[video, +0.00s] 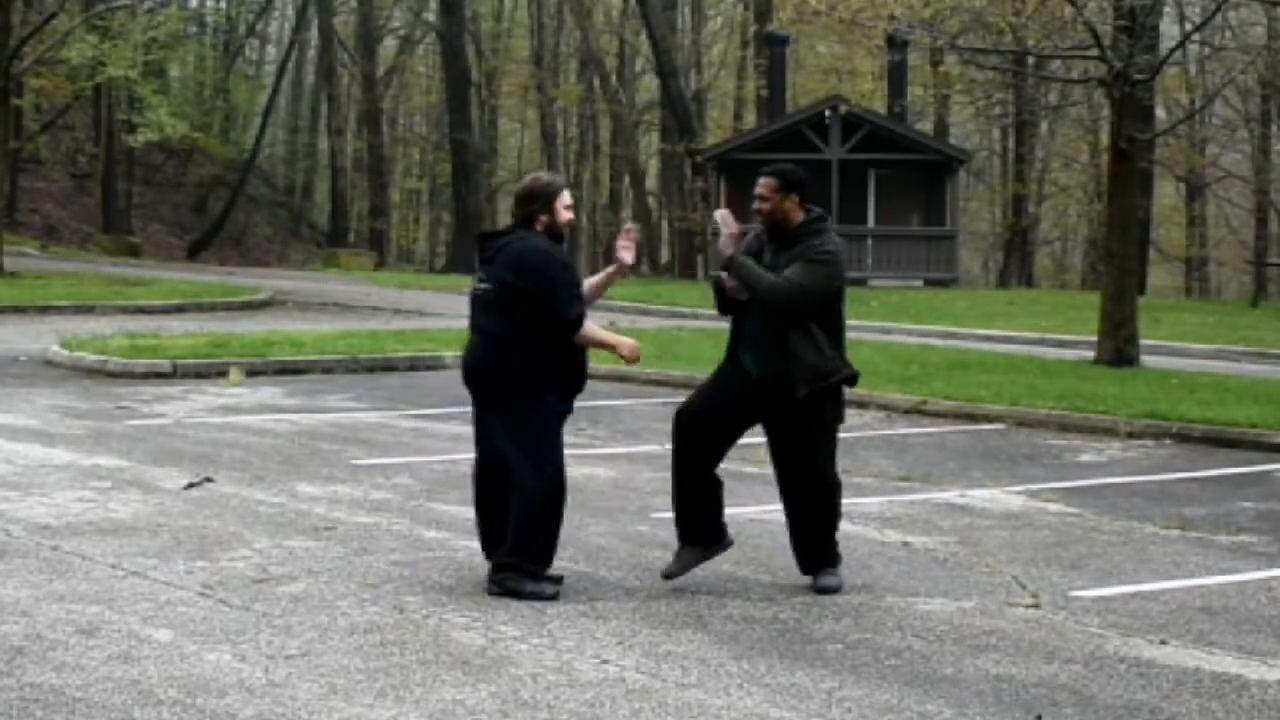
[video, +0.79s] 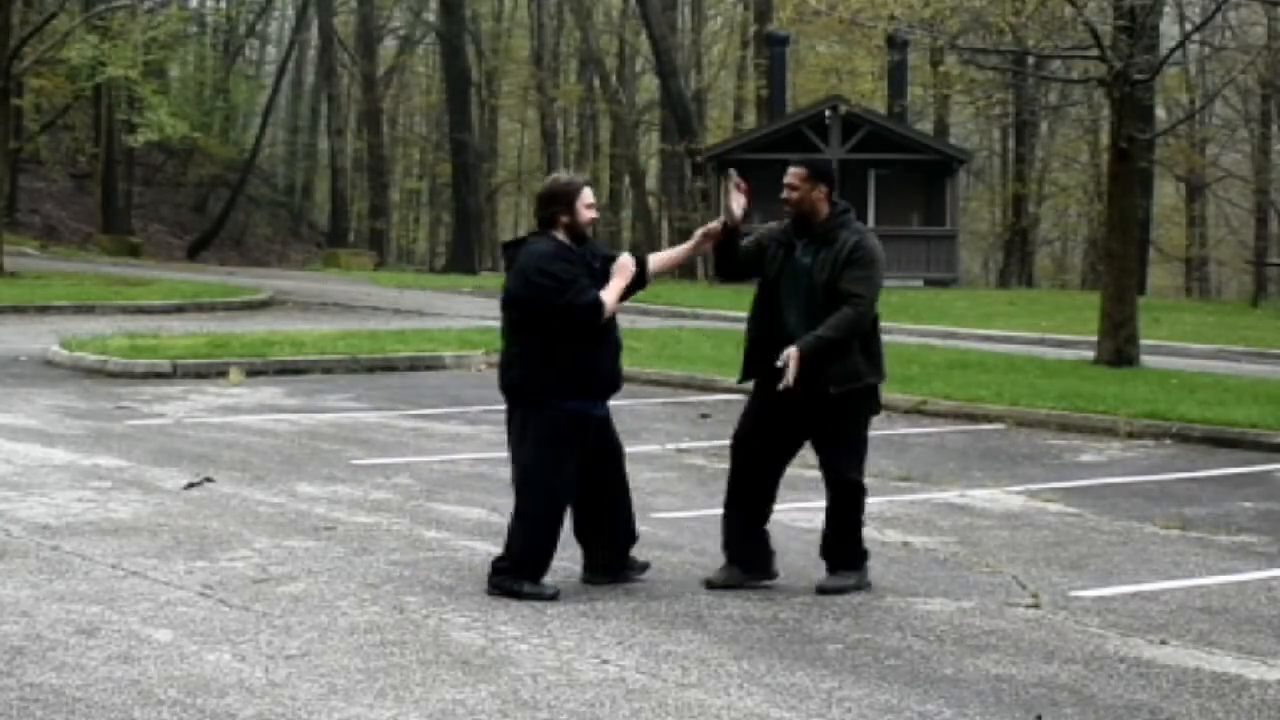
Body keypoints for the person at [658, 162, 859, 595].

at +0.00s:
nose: (757, 207)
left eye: (765, 200)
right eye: (756, 199)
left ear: (793, 202)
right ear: (760, 202)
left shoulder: (823, 251)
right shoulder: (758, 241)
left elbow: (782, 293)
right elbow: (732, 306)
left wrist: (733, 258)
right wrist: (727, 285)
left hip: (806, 384)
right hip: (748, 376)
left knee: (809, 477)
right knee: (692, 426)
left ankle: (823, 564)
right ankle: (702, 536)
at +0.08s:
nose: (758, 206)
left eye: (766, 199)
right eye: (757, 197)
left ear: (794, 201)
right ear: (770, 201)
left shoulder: (820, 250)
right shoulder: (762, 242)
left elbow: (765, 286)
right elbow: (722, 287)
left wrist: (702, 266)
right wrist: (733, 251)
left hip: (805, 383)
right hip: (749, 375)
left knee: (807, 474)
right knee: (692, 428)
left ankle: (823, 564)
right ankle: (687, 538)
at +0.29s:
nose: (750, 203)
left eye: (758, 197)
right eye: (750, 195)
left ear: (786, 200)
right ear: (756, 197)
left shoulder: (813, 251)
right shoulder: (743, 233)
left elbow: (775, 298)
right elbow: (689, 240)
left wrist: (720, 284)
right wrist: (693, 196)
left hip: (790, 389)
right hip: (730, 385)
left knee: (801, 480)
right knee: (694, 473)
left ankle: (823, 565)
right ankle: (671, 567)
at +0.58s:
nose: (763, 200)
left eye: (771, 193)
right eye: (762, 192)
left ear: (799, 198)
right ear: (764, 194)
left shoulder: (830, 248)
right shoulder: (750, 229)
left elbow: (822, 308)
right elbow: (693, 232)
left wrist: (751, 311)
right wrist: (703, 179)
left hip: (802, 383)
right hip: (747, 376)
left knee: (801, 473)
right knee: (707, 471)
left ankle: (849, 564)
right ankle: (673, 567)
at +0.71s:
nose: (778, 195)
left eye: (787, 188)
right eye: (778, 187)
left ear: (815, 192)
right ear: (790, 191)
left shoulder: (851, 244)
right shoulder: (772, 232)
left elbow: (848, 311)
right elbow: (713, 247)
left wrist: (787, 344)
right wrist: (716, 195)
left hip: (830, 382)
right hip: (774, 377)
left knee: (832, 479)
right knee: (735, 469)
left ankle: (848, 568)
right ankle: (701, 563)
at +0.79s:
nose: (784, 195)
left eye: (792, 188)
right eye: (783, 188)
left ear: (822, 193)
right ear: (788, 194)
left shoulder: (858, 245)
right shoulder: (778, 237)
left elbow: (858, 312)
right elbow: (728, 268)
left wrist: (803, 349)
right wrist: (733, 224)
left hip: (842, 383)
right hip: (781, 379)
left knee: (844, 479)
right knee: (750, 460)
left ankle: (847, 568)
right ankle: (748, 561)